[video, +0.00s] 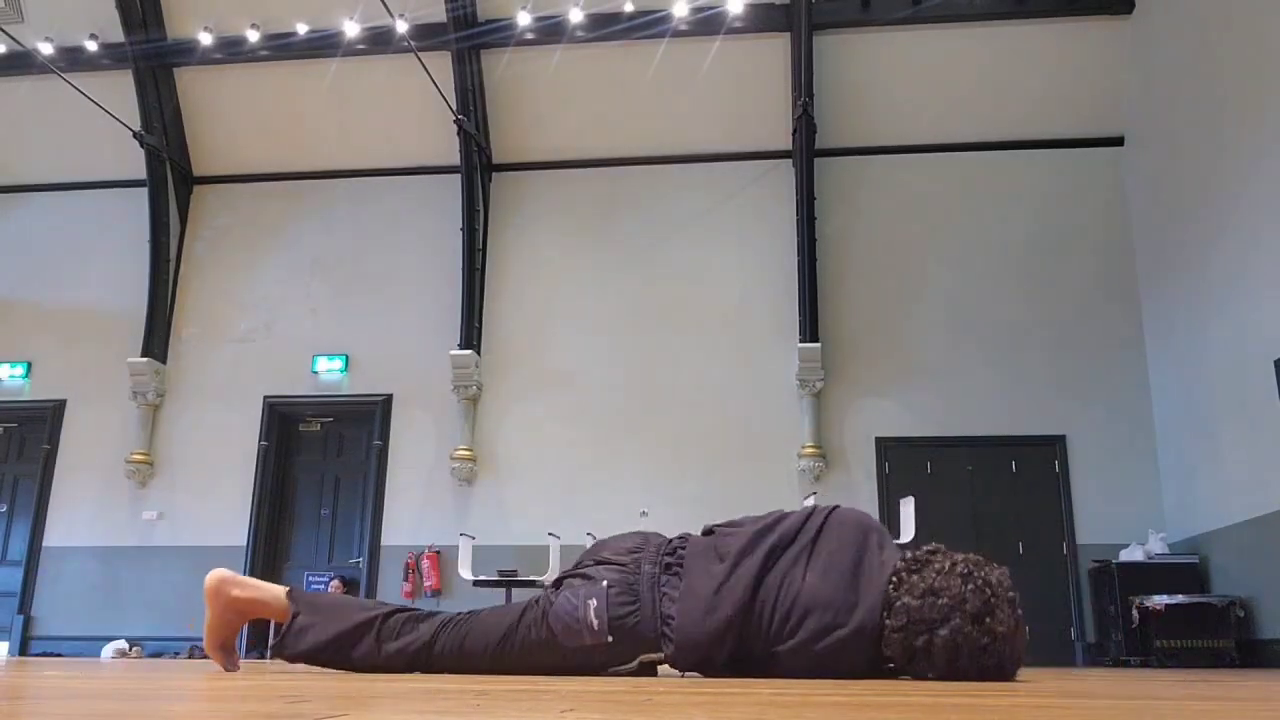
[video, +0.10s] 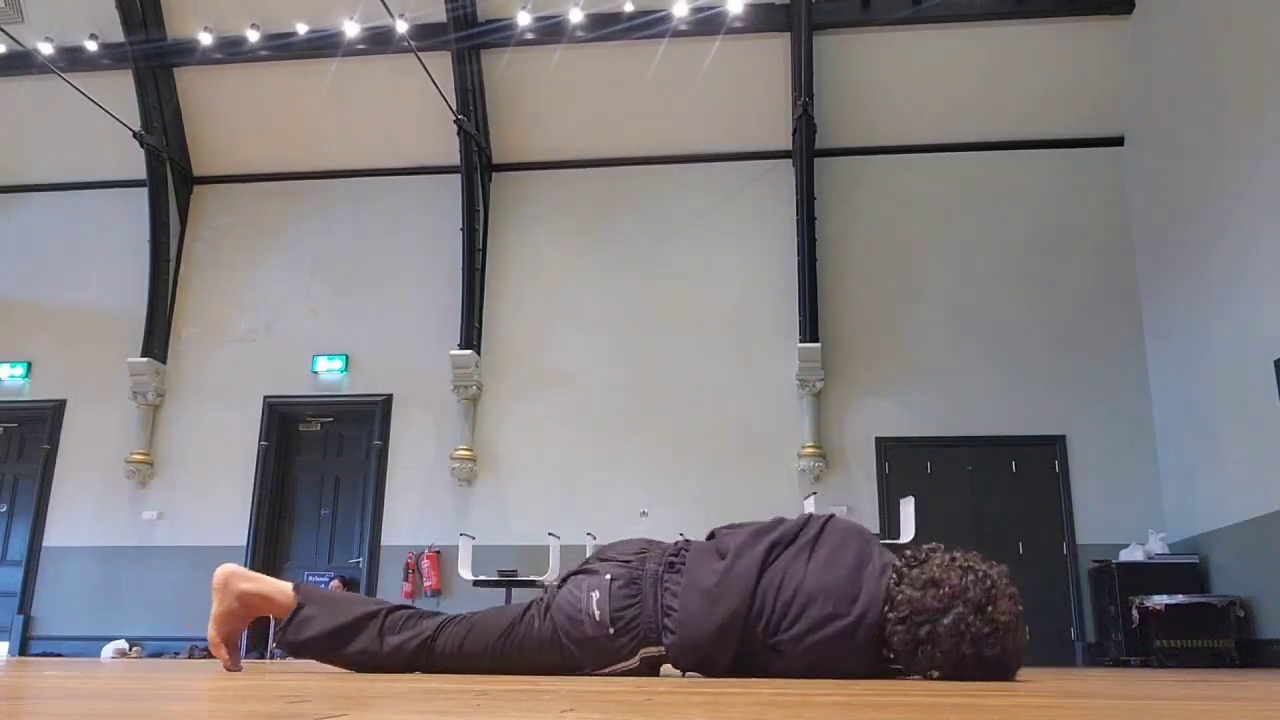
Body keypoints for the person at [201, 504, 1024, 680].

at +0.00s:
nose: (964, 677)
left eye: (978, 664)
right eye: (968, 668)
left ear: (935, 566)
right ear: (937, 647)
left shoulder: (857, 527)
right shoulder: (849, 643)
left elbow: (748, 543)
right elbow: (747, 671)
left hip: (631, 558)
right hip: (611, 623)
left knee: (453, 629)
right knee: (433, 639)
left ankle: (289, 609)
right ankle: (262, 607)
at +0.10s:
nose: (960, 681)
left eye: (975, 669)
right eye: (966, 673)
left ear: (939, 572)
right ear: (937, 653)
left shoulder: (859, 545)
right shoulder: (850, 636)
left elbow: (750, 545)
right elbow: (749, 663)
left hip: (632, 570)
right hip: (617, 619)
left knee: (451, 631)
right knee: (436, 640)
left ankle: (284, 612)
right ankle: (265, 601)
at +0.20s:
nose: (960, 688)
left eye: (975, 678)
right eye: (962, 678)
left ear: (944, 604)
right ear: (930, 653)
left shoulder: (890, 585)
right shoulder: (847, 617)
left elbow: (759, 566)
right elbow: (735, 582)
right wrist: (674, 661)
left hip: (646, 590)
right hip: (618, 613)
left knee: (460, 634)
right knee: (438, 641)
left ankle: (306, 608)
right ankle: (264, 595)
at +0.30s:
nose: (948, 683)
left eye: (967, 675)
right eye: (952, 673)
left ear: (949, 619)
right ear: (927, 645)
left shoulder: (905, 599)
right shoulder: (855, 610)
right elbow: (743, 568)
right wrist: (664, 650)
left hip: (647, 607)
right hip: (620, 615)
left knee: (462, 638)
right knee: (435, 643)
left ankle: (311, 608)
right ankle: (274, 595)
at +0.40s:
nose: (955, 680)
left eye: (972, 671)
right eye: (956, 669)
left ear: (938, 614)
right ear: (921, 636)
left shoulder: (893, 592)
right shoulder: (849, 622)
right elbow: (716, 642)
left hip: (655, 602)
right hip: (629, 617)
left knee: (474, 639)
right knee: (444, 646)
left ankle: (323, 610)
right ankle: (278, 597)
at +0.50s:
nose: (950, 668)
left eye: (966, 661)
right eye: (958, 657)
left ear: (934, 598)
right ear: (931, 623)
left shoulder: (872, 588)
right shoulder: (854, 617)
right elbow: (750, 664)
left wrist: (897, 657)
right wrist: (886, 673)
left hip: (650, 601)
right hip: (637, 616)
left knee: (481, 642)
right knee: (460, 650)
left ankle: (324, 612)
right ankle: (292, 606)